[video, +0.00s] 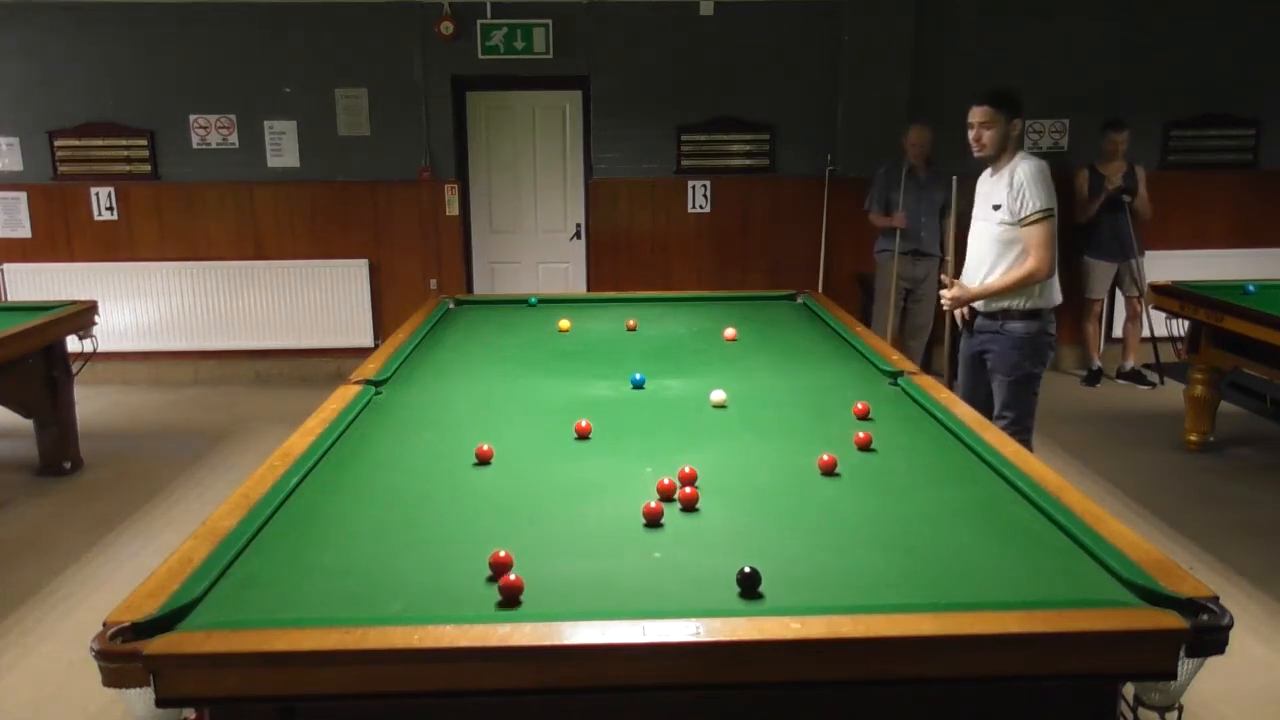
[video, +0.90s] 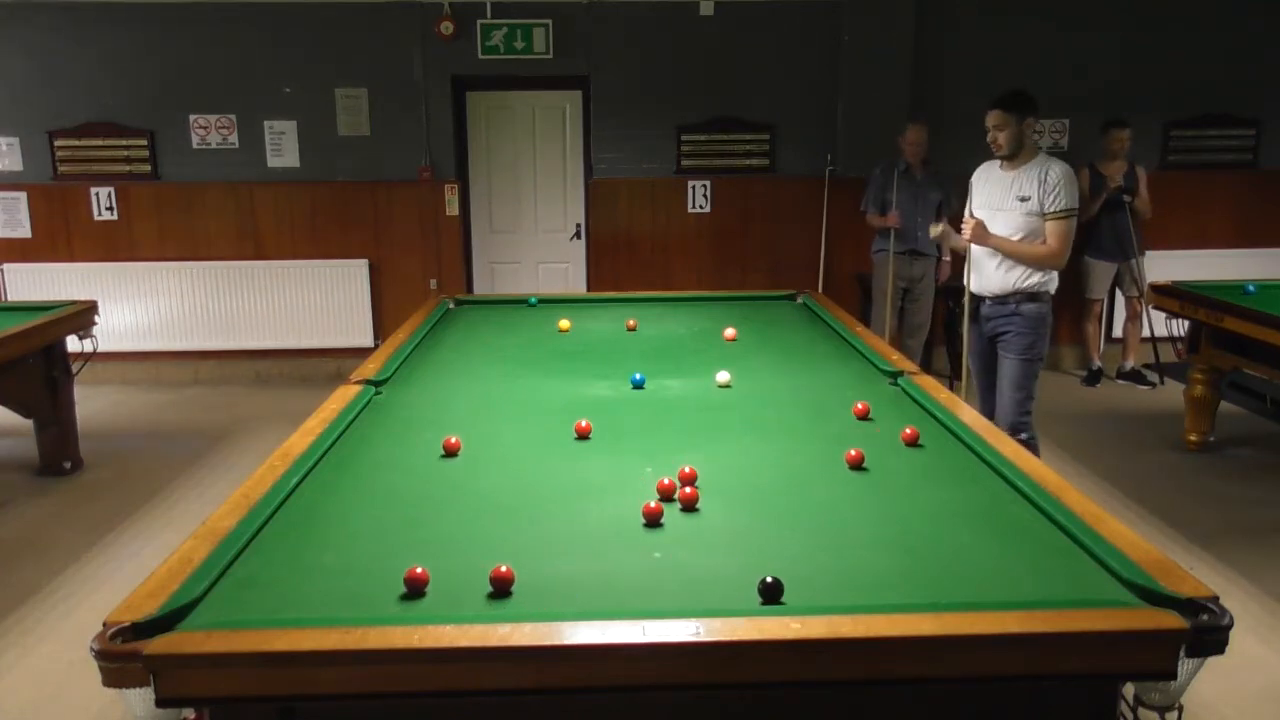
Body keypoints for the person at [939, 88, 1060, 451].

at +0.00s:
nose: (974, 136)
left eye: (985, 127)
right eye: (971, 127)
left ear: (1014, 128)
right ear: (967, 129)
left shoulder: (1029, 171)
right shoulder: (986, 180)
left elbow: (1042, 264)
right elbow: (985, 253)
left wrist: (974, 293)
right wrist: (963, 294)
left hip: (1018, 330)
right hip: (978, 326)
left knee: (1010, 441)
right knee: (967, 432)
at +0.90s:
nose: (990, 138)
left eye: (999, 129)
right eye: (988, 130)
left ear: (1028, 126)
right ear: (988, 131)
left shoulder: (1055, 174)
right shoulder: (983, 174)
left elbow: (1057, 254)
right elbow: (973, 247)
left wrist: (989, 239)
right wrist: (949, 236)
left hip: (1023, 312)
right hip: (979, 310)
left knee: (1012, 425)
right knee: (986, 420)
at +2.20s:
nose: (966, 141)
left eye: (974, 134)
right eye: (963, 134)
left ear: (999, 129)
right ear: (961, 133)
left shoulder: (1022, 170)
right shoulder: (958, 166)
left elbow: (1019, 245)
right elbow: (948, 228)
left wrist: (962, 228)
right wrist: (938, 200)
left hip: (1001, 291)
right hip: (957, 290)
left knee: (1006, 391)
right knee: (960, 387)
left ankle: (1019, 475)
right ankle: (957, 471)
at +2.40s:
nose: (961, 140)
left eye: (969, 133)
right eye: (957, 133)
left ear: (993, 128)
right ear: (953, 131)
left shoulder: (1015, 170)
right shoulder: (946, 165)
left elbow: (1014, 242)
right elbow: (931, 230)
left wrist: (956, 228)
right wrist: (931, 203)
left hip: (990, 291)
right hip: (946, 290)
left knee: (987, 389)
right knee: (953, 384)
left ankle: (991, 470)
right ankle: (953, 467)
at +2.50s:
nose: (961, 139)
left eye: (968, 132)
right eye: (956, 132)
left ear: (992, 127)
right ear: (952, 130)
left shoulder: (1013, 170)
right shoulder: (944, 165)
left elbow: (1016, 240)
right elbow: (929, 225)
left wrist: (959, 231)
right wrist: (926, 216)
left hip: (986, 291)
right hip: (942, 290)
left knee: (982, 389)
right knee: (947, 384)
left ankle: (979, 466)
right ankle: (948, 463)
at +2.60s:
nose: (961, 139)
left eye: (968, 131)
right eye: (956, 131)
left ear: (991, 127)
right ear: (952, 130)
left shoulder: (1013, 171)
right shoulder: (942, 167)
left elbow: (1022, 240)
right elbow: (927, 217)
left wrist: (966, 249)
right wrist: (922, 239)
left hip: (984, 291)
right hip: (940, 289)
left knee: (978, 389)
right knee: (944, 383)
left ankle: (971, 460)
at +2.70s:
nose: (961, 139)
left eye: (969, 131)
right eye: (956, 131)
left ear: (991, 128)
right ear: (952, 131)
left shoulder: (1012, 171)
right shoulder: (941, 168)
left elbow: (1022, 240)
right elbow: (926, 219)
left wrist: (979, 279)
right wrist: (921, 256)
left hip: (986, 289)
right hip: (940, 287)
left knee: (977, 383)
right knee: (944, 379)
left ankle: (970, 458)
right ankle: (942, 453)